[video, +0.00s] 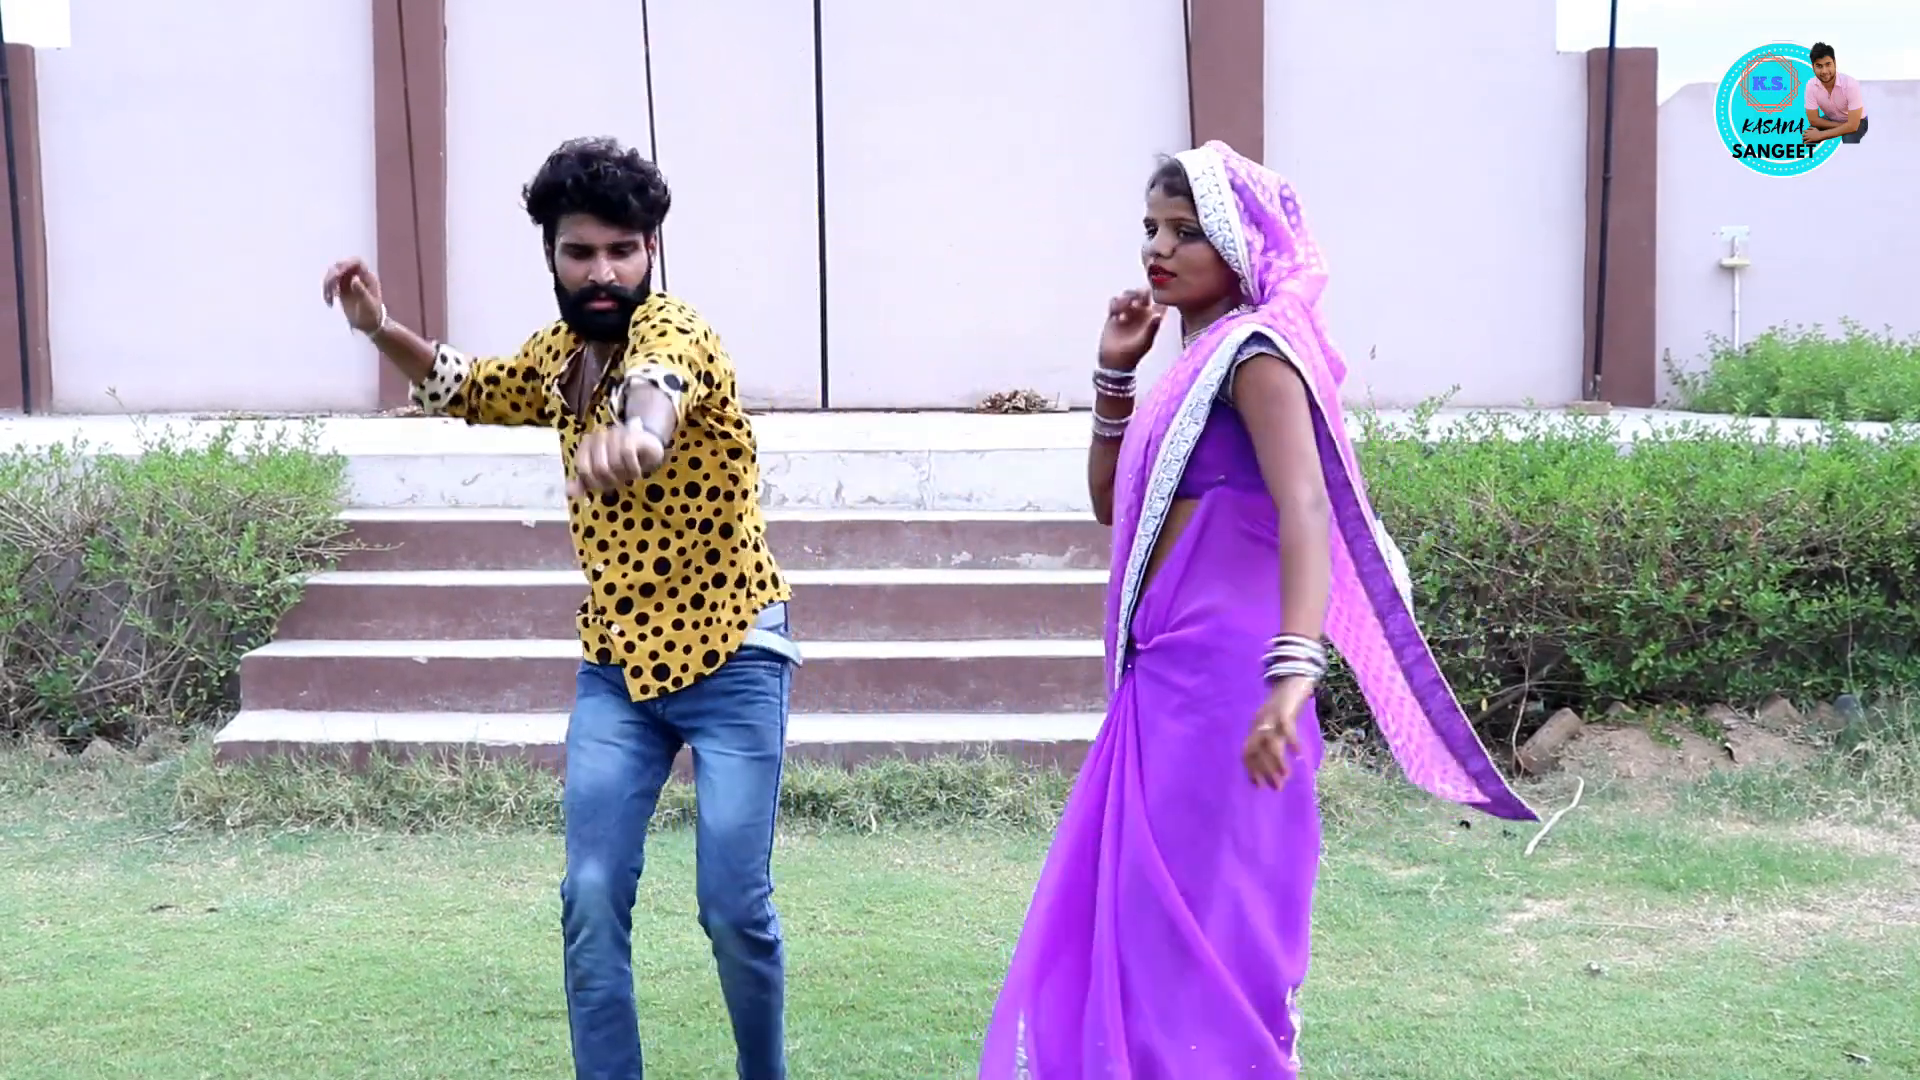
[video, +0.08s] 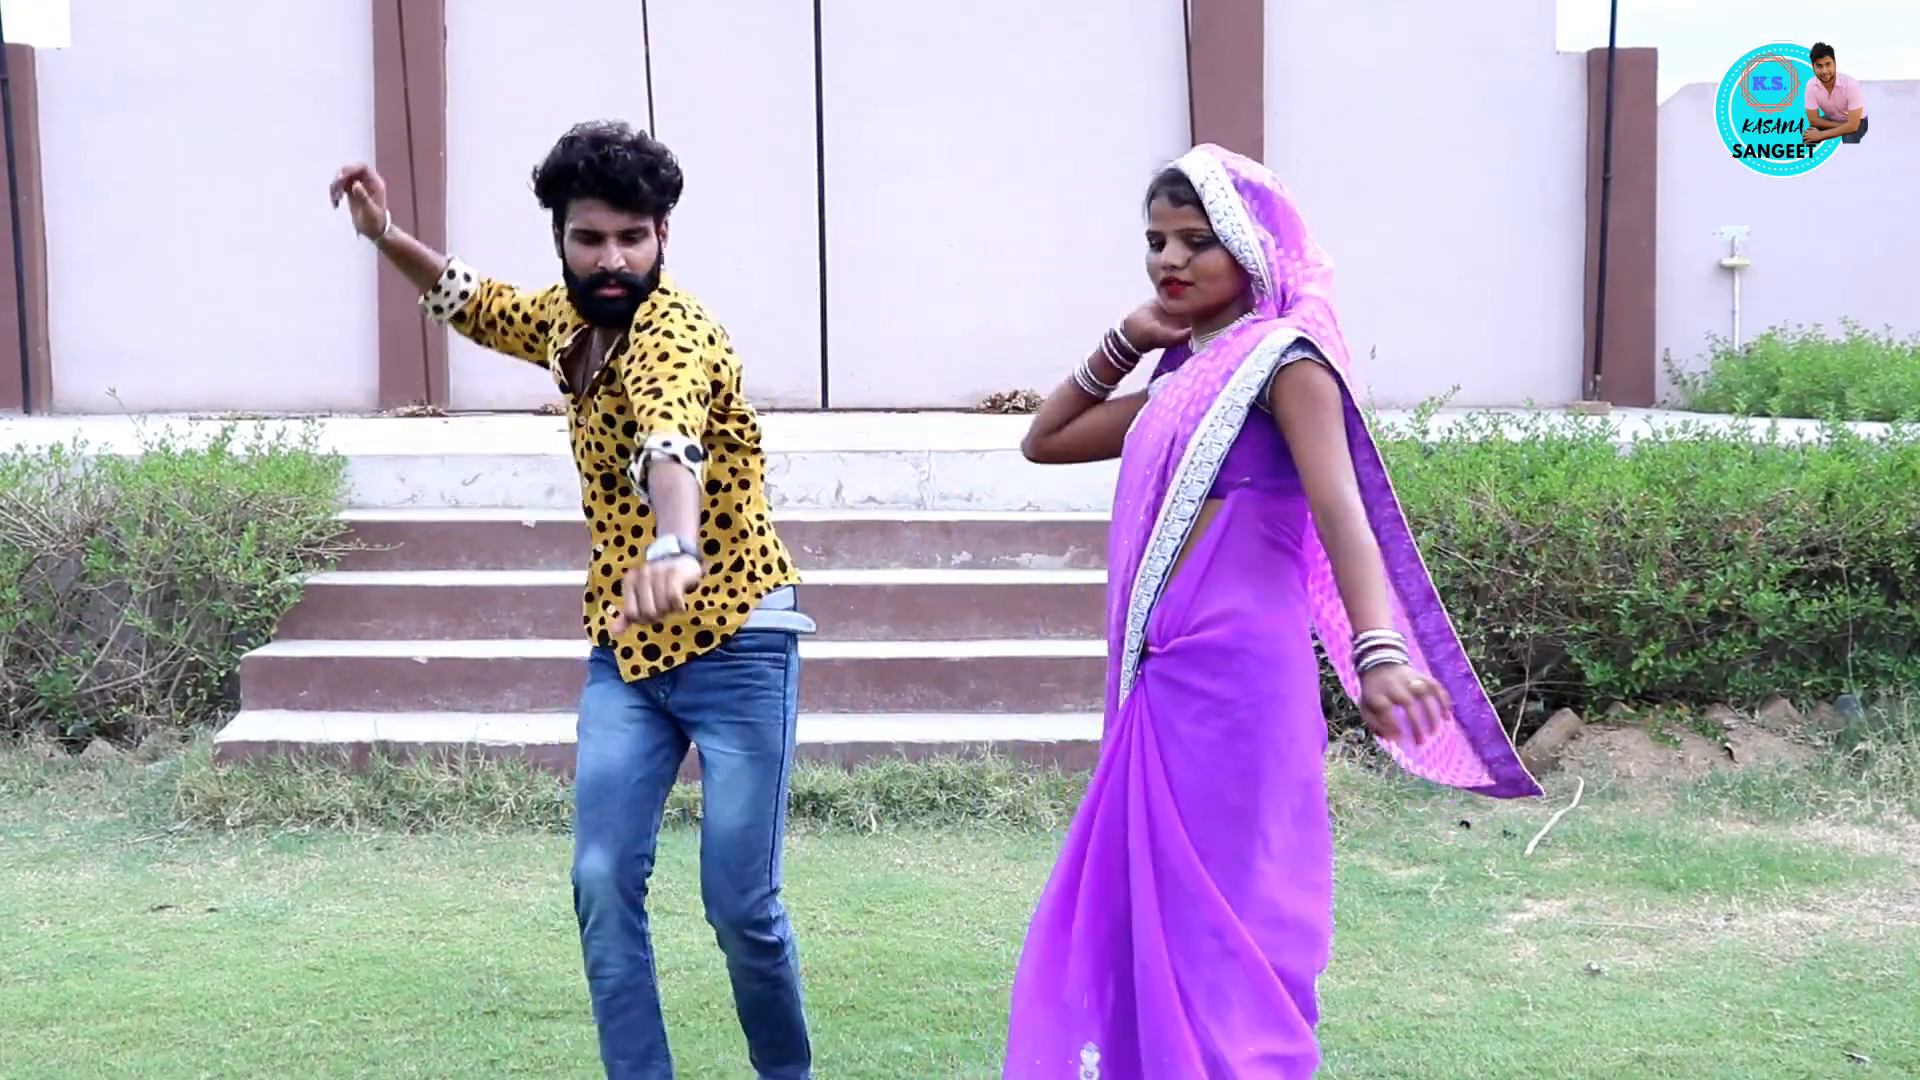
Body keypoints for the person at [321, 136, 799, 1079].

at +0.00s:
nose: (602, 274)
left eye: (622, 253)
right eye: (579, 253)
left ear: (653, 253)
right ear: (551, 258)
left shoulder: (669, 331)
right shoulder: (554, 361)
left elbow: (656, 389)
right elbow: (463, 387)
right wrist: (383, 329)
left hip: (734, 660)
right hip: (618, 666)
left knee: (733, 904)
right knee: (592, 895)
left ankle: (764, 1071)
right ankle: (608, 1073)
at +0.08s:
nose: (612, 261)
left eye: (633, 239)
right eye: (589, 240)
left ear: (664, 237)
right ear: (559, 241)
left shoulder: (675, 333)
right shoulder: (565, 323)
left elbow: (667, 444)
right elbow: (471, 301)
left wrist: (670, 545)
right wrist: (387, 235)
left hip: (740, 650)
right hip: (626, 656)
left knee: (740, 901)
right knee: (601, 881)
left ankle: (787, 1070)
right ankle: (641, 1074)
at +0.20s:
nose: (629, 273)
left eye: (652, 251)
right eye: (608, 249)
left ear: (683, 251)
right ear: (576, 251)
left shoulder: (685, 366)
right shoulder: (593, 321)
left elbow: (706, 536)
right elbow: (512, 228)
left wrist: (725, 696)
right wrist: (415, 127)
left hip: (736, 668)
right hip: (631, 670)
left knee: (714, 924)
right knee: (620, 916)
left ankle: (786, 1072)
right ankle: (695, 1079)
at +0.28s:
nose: (639, 288)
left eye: (662, 267)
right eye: (618, 267)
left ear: (692, 269)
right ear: (587, 267)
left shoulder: (703, 392)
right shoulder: (611, 340)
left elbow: (736, 586)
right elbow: (535, 216)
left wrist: (766, 764)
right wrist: (442, 88)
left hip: (723, 708)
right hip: (623, 703)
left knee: (699, 944)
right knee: (615, 926)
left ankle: (801, 1071)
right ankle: (691, 1079)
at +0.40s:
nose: (659, 271)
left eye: (683, 252)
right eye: (639, 247)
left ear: (710, 255)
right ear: (602, 244)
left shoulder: (723, 380)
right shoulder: (611, 322)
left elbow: (781, 578)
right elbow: (538, 193)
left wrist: (840, 768)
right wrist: (463, 42)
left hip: (732, 690)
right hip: (624, 692)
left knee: (710, 929)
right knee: (624, 927)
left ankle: (799, 1067)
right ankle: (689, 1076)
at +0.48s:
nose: (672, 246)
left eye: (695, 227)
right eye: (651, 222)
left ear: (724, 229)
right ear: (615, 218)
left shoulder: (744, 357)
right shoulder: (598, 288)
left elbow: (811, 555)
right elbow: (517, 147)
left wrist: (874, 735)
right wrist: (458, 16)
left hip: (741, 669)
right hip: (628, 671)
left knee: (731, 915)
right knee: (648, 931)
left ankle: (787, 1060)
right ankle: (701, 1078)